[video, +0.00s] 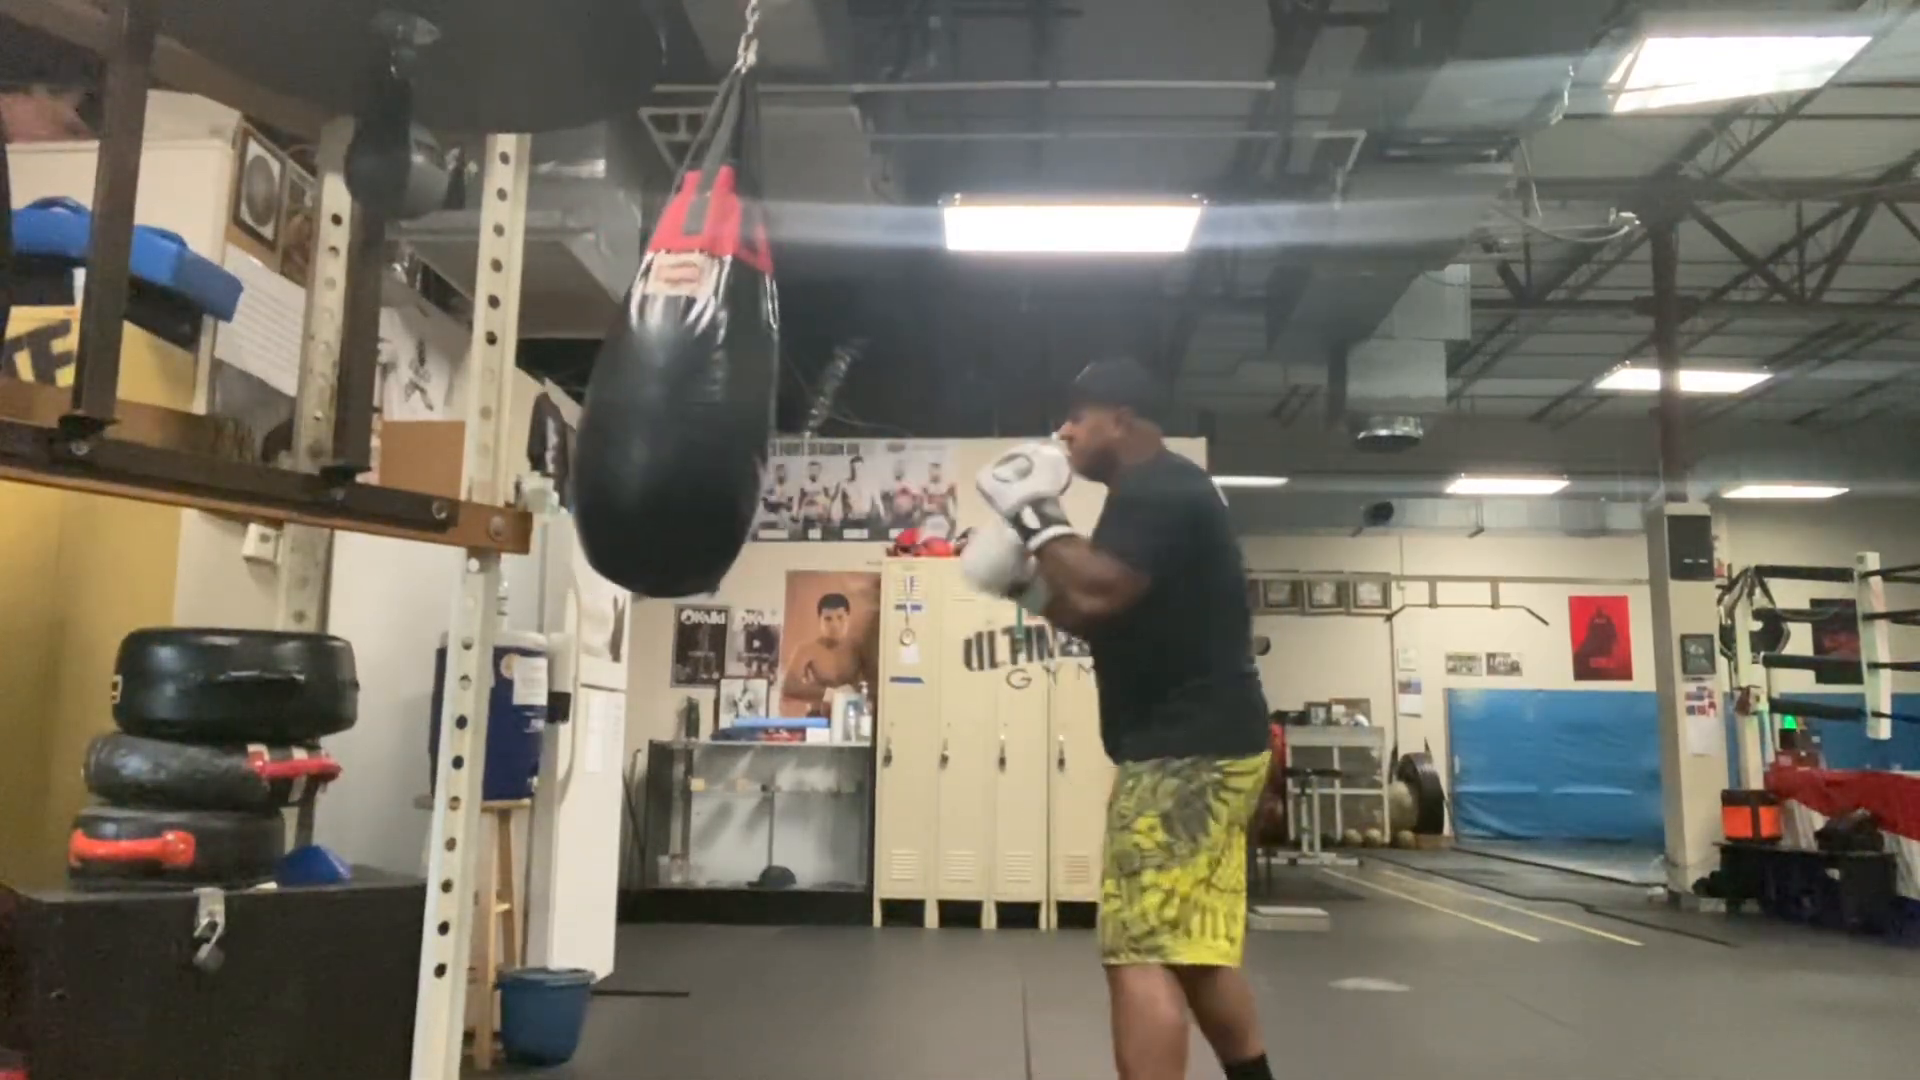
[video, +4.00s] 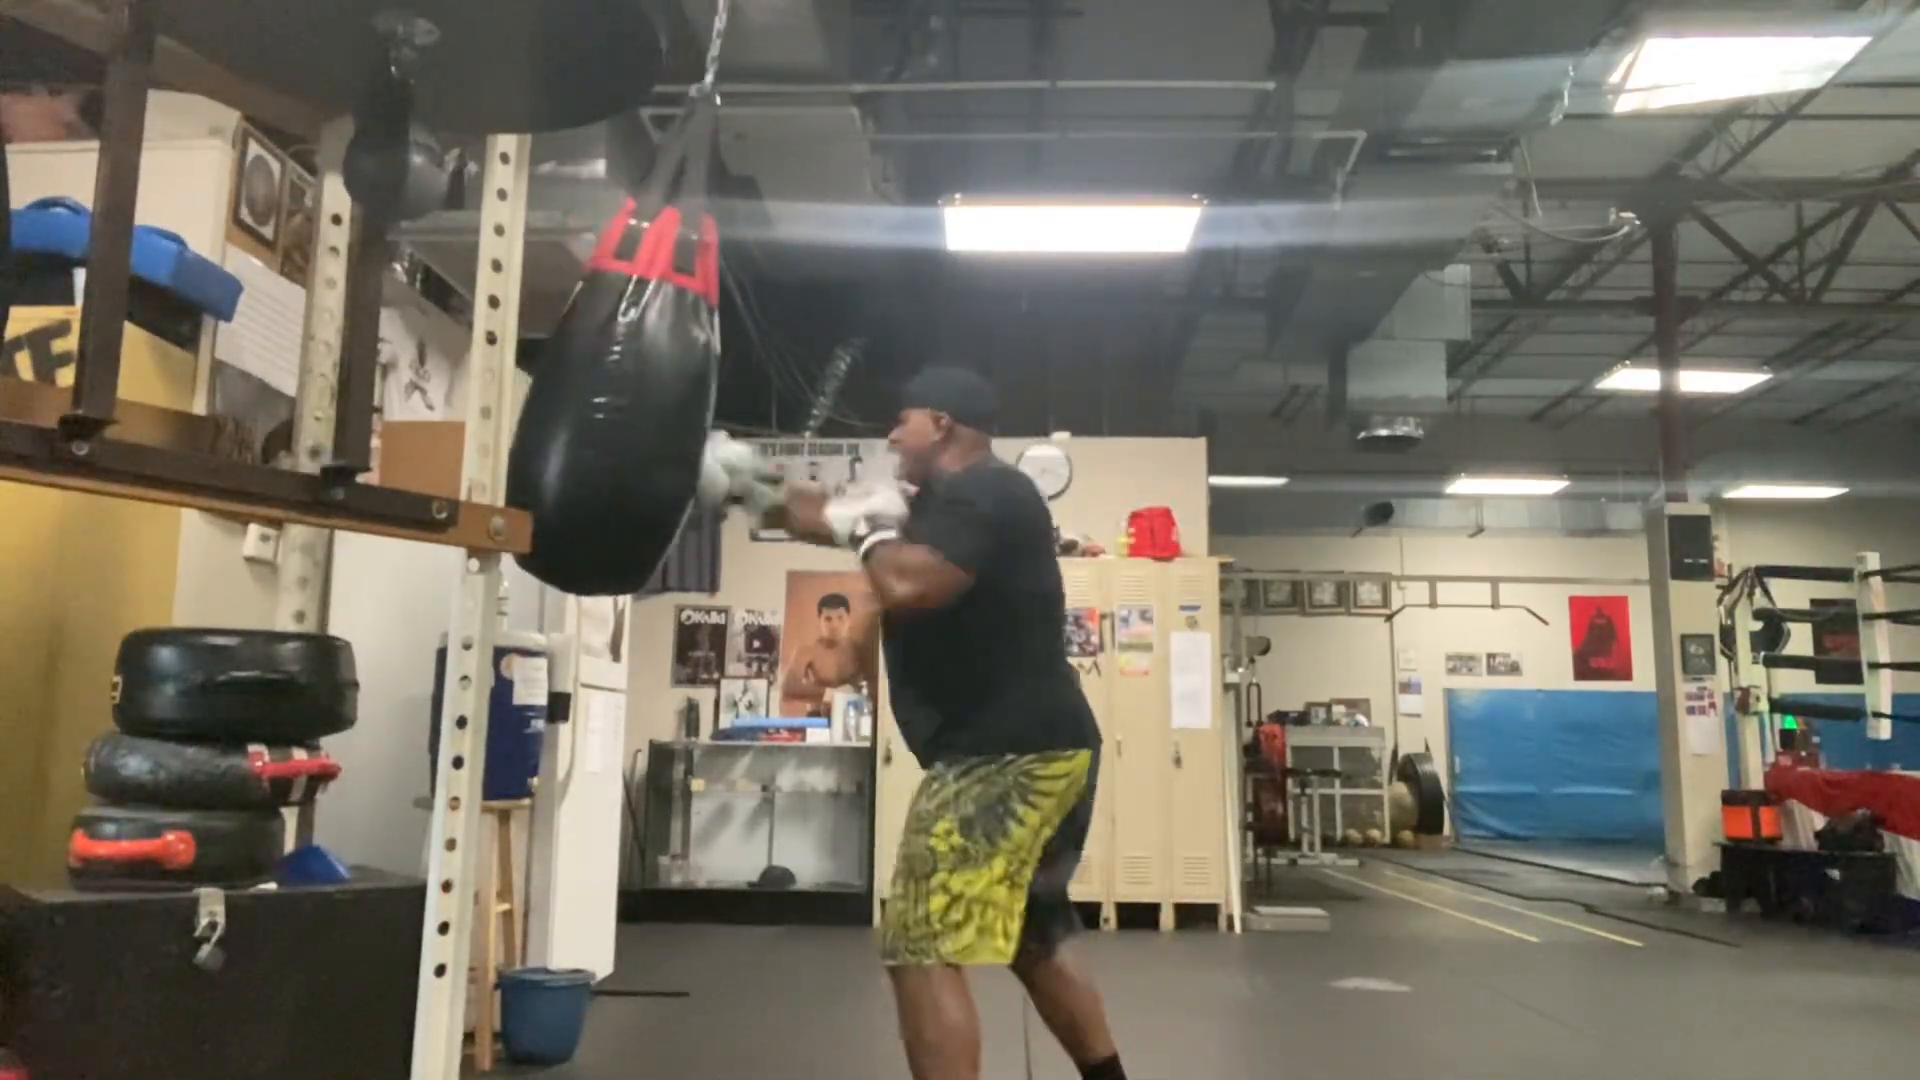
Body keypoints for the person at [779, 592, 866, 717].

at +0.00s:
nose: (835, 624)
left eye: (840, 617)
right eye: (828, 618)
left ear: (848, 619)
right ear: (819, 620)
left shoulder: (856, 652)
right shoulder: (806, 651)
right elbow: (789, 688)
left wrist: (817, 686)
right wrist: (827, 694)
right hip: (819, 716)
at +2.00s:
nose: (834, 625)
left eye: (840, 618)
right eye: (828, 618)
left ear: (848, 620)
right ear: (819, 621)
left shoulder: (858, 652)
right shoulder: (806, 652)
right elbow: (789, 688)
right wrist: (826, 693)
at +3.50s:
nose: (834, 625)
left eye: (840, 618)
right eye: (828, 619)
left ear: (848, 620)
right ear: (819, 621)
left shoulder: (857, 651)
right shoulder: (808, 652)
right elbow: (790, 688)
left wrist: (816, 685)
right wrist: (828, 693)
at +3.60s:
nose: (834, 625)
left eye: (840, 618)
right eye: (828, 619)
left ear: (847, 620)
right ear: (820, 620)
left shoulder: (858, 651)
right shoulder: (807, 652)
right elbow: (790, 688)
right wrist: (828, 693)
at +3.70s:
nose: (834, 625)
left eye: (840, 618)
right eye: (828, 619)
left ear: (848, 620)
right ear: (819, 620)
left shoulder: (857, 651)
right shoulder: (808, 652)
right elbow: (789, 687)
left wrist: (817, 685)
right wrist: (826, 693)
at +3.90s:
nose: (834, 625)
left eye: (840, 618)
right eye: (828, 619)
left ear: (848, 619)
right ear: (819, 620)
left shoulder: (858, 652)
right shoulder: (807, 652)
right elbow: (789, 688)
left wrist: (816, 686)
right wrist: (827, 693)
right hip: (819, 717)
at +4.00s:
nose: (834, 625)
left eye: (840, 618)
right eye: (828, 619)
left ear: (848, 620)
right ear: (819, 621)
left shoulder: (857, 651)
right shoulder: (808, 652)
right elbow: (789, 688)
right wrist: (825, 693)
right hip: (820, 716)